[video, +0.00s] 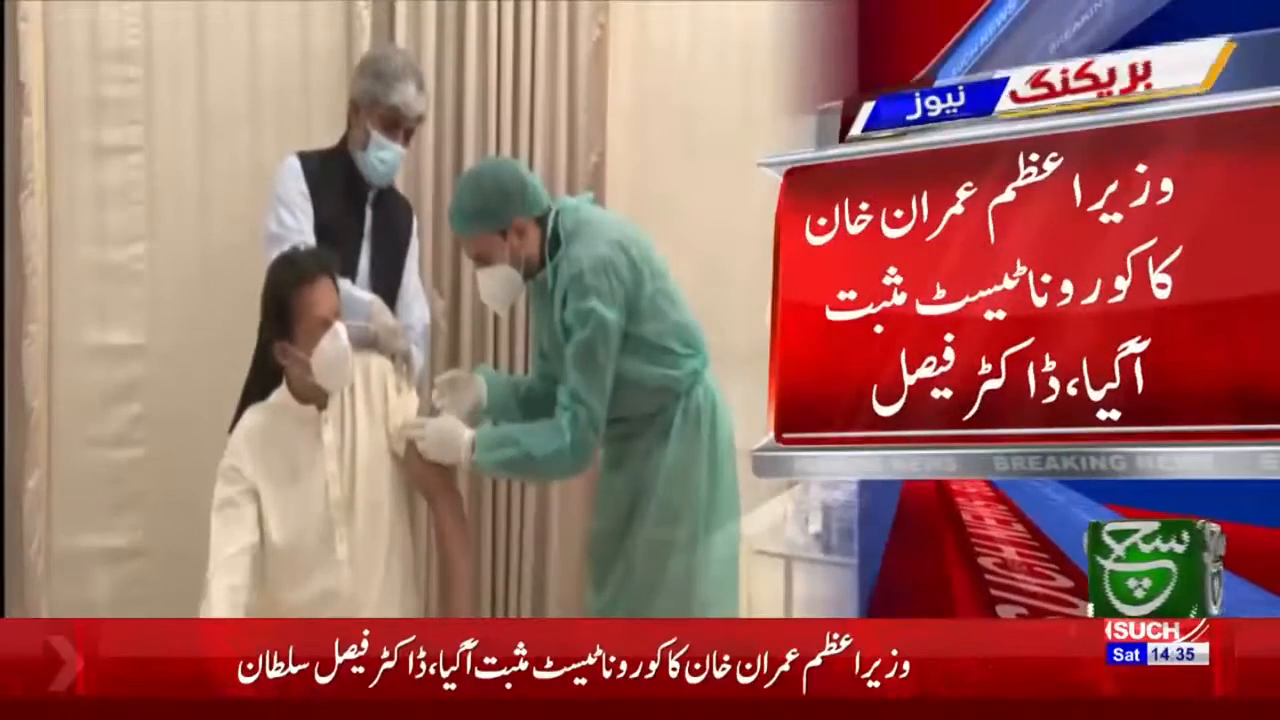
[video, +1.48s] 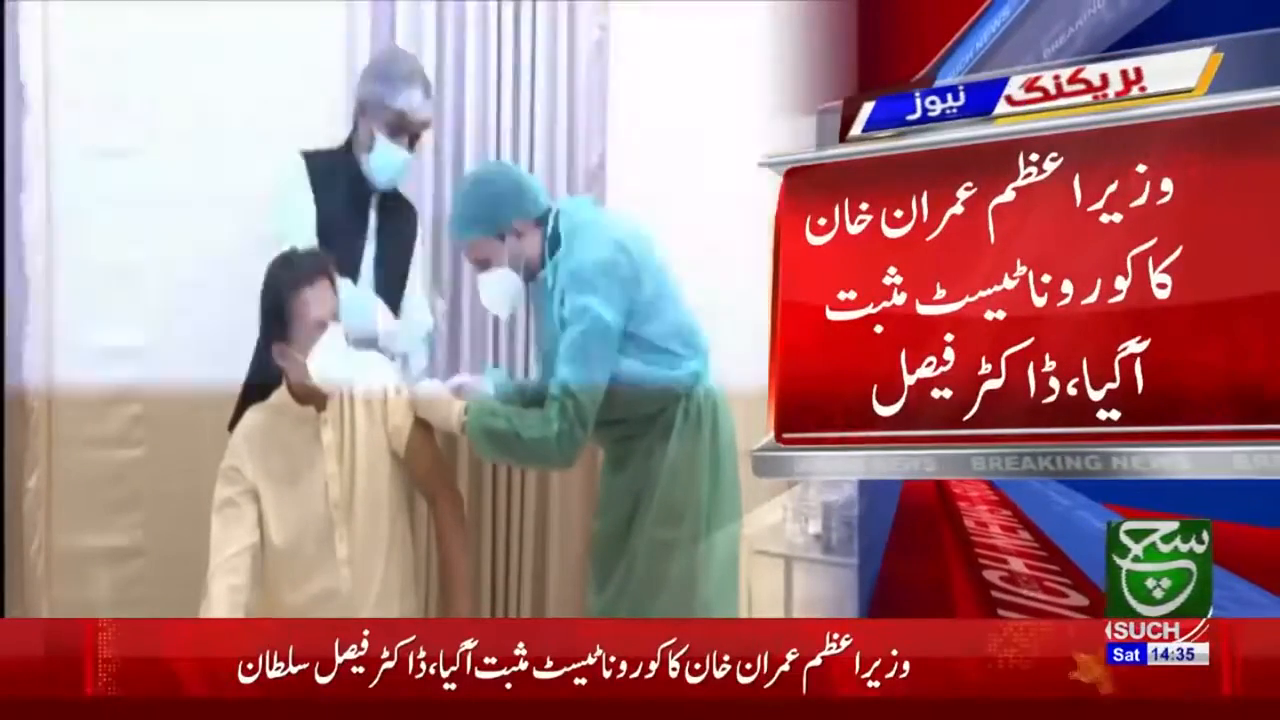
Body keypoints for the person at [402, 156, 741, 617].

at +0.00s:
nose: (481, 272)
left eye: (484, 259)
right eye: (475, 261)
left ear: (521, 231)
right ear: (520, 232)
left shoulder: (591, 261)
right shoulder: (550, 260)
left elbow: (575, 439)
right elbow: (549, 397)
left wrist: (471, 447)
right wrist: (485, 393)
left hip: (678, 432)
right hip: (630, 435)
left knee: (658, 600)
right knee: (614, 594)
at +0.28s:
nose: (483, 274)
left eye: (485, 261)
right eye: (477, 264)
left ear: (519, 233)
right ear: (519, 233)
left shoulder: (592, 263)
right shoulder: (550, 262)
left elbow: (582, 438)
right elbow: (554, 396)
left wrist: (479, 445)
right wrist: (486, 394)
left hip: (679, 432)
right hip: (630, 435)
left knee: (657, 598)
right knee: (614, 592)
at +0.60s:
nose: (484, 276)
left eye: (486, 262)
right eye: (477, 265)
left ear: (520, 233)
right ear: (520, 233)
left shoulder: (592, 263)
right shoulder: (551, 262)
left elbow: (571, 437)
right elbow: (551, 394)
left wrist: (469, 420)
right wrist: (484, 390)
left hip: (680, 434)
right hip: (632, 438)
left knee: (657, 603)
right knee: (613, 597)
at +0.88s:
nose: (483, 276)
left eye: (485, 262)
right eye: (476, 265)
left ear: (519, 233)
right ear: (519, 233)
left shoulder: (591, 261)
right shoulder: (553, 260)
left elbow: (563, 436)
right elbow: (551, 395)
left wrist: (462, 416)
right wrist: (485, 389)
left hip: (679, 434)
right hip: (632, 437)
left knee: (656, 605)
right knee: (614, 599)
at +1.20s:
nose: (484, 276)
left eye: (485, 263)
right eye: (476, 266)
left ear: (519, 233)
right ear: (519, 234)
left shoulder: (591, 261)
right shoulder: (554, 260)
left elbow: (563, 436)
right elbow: (555, 395)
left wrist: (461, 415)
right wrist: (486, 389)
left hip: (679, 434)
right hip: (633, 437)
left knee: (656, 604)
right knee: (614, 598)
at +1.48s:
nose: (487, 277)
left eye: (486, 263)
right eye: (479, 267)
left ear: (517, 231)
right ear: (519, 230)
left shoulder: (593, 258)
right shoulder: (558, 258)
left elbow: (562, 436)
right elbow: (560, 396)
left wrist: (457, 415)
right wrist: (489, 391)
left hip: (677, 437)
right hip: (635, 438)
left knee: (655, 608)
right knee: (618, 602)